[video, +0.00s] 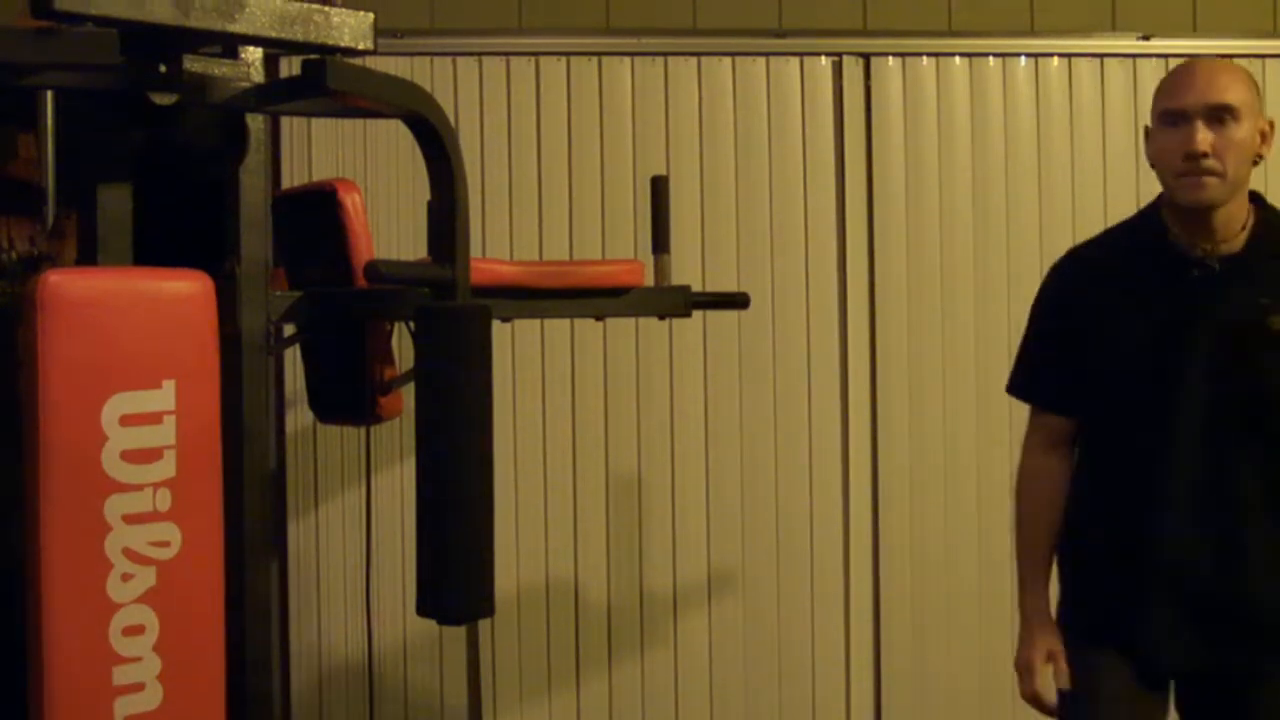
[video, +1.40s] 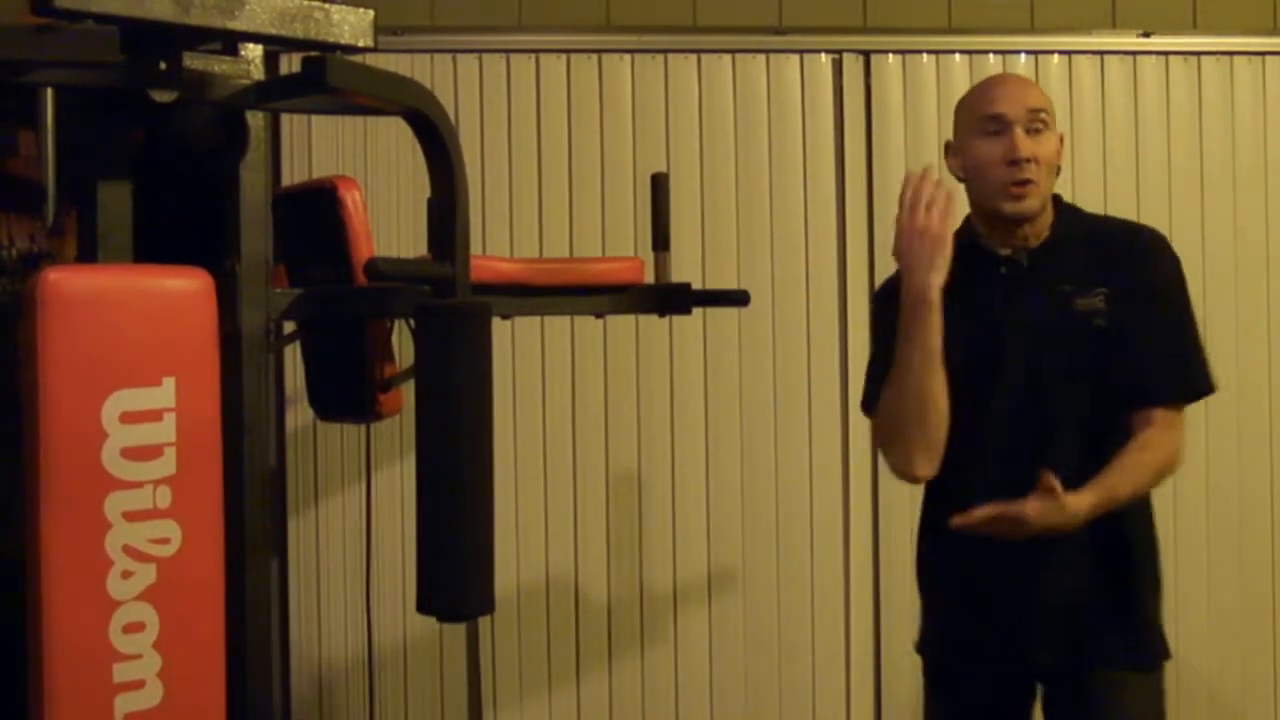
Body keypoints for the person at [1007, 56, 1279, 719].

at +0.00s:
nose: (1197, 140)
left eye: (1221, 118)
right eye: (1174, 121)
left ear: (1262, 139)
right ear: (1150, 142)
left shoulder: (1279, 265)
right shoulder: (1087, 277)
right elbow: (1050, 447)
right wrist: (1035, 614)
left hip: (1258, 613)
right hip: (1117, 612)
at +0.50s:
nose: (1110, 142)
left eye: (1132, 123)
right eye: (1090, 124)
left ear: (1167, 142)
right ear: (1065, 144)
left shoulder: (1223, 272)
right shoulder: (1002, 271)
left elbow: (1256, 438)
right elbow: (966, 433)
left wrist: (1241, 596)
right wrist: (962, 591)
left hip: (1169, 583)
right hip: (1033, 583)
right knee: (1008, 716)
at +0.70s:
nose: (1060, 155)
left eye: (1081, 137)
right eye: (1038, 138)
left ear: (1112, 160)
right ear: (1013, 165)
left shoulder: (1166, 286)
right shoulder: (953, 290)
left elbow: (1185, 458)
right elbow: (888, 447)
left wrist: (1179, 629)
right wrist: (907, 607)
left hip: (1115, 601)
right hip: (978, 600)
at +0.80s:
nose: (1036, 159)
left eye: (1056, 141)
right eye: (1014, 143)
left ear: (1088, 164)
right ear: (988, 169)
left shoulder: (1147, 283)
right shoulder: (941, 288)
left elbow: (1171, 451)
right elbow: (845, 437)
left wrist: (1163, 608)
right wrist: (912, 563)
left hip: (1091, 591)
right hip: (957, 594)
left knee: (1122, 711)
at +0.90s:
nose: (1018, 152)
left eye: (1038, 134)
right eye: (996, 135)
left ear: (1068, 157)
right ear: (969, 162)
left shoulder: (1132, 276)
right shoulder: (923, 284)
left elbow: (1168, 437)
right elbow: (824, 427)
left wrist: (1145, 567)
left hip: (1082, 597)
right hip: (951, 596)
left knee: (1116, 716)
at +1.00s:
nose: (1005, 148)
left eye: (1024, 130)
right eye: (983, 132)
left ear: (1052, 154)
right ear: (954, 160)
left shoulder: (1120, 267)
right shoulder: (908, 282)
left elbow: (1152, 434)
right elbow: (832, 442)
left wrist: (1116, 535)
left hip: (1077, 580)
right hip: (948, 584)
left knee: (1097, 714)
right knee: (946, 715)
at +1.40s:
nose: (1021, 149)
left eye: (1038, 127)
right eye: (994, 131)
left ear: (1060, 150)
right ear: (955, 160)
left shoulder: (1134, 257)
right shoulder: (910, 290)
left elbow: (1163, 435)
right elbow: (913, 460)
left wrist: (1082, 503)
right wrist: (920, 291)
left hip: (1105, 610)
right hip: (970, 614)